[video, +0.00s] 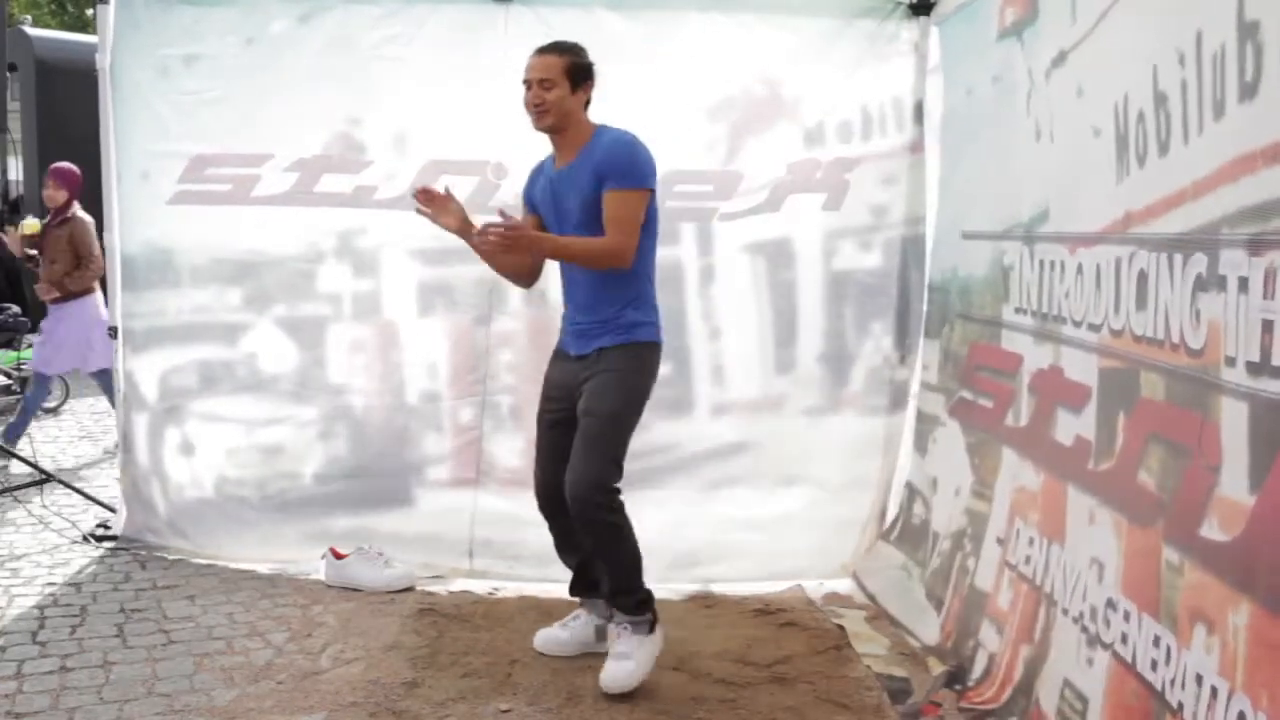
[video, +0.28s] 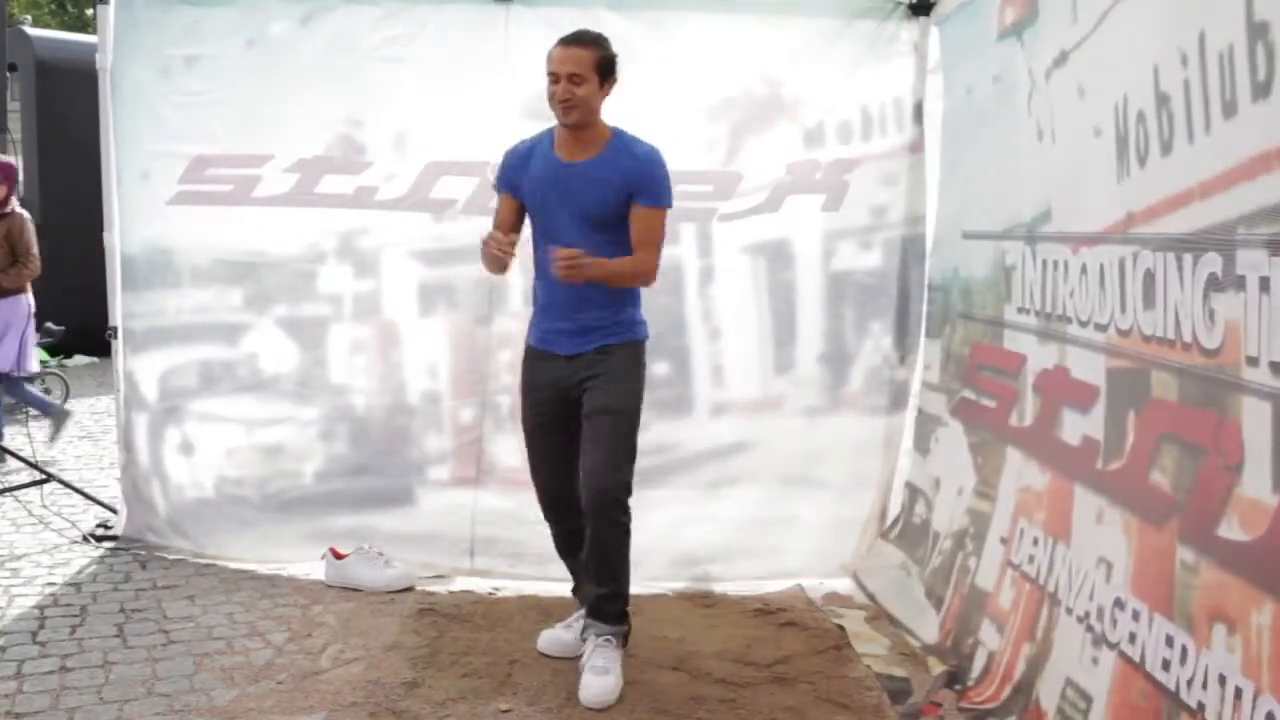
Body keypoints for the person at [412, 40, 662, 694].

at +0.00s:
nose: (533, 97)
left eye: (546, 86)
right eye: (528, 87)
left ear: (583, 92)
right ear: (527, 95)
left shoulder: (621, 153)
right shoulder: (540, 180)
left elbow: (620, 250)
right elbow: (525, 271)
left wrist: (542, 243)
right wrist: (466, 229)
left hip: (626, 346)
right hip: (572, 350)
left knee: (589, 486)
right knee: (553, 487)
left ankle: (637, 622)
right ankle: (596, 609)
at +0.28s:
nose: (563, 91)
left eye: (577, 81)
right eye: (555, 79)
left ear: (606, 87)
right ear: (546, 83)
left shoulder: (640, 163)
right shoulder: (524, 159)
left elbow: (645, 268)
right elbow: (498, 258)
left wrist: (595, 266)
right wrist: (497, 251)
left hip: (614, 351)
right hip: (546, 352)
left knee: (601, 493)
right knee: (557, 499)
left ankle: (606, 633)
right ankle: (595, 607)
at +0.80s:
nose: (567, 91)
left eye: (580, 79)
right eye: (557, 80)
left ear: (609, 85)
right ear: (547, 88)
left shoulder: (646, 171)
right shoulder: (523, 157)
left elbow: (653, 282)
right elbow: (479, 248)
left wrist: (631, 255)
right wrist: (470, 190)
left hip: (600, 360)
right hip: (530, 353)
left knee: (596, 508)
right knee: (494, 488)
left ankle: (608, 634)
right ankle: (557, 571)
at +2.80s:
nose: (489, 110)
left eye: (500, 97)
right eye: (478, 102)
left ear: (529, 101)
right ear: (472, 116)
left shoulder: (575, 140)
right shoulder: (503, 194)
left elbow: (643, 152)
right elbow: (451, 273)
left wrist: (544, 128)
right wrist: (425, 201)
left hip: (608, 349)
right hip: (549, 355)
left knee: (579, 493)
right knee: (519, 499)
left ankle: (625, 620)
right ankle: (571, 624)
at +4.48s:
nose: (558, 68)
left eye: (571, 53)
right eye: (554, 55)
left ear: (615, 56)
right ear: (564, 63)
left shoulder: (648, 121)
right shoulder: (608, 139)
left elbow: (605, 213)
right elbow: (617, 246)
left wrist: (489, 216)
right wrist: (542, 243)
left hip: (638, 347)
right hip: (588, 329)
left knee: (626, 506)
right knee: (490, 426)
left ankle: (654, 645)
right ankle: (578, 522)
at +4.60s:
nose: (560, 98)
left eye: (572, 83)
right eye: (556, 86)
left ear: (615, 86)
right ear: (565, 92)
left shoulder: (642, 148)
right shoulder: (617, 162)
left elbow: (586, 232)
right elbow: (622, 272)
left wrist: (474, 242)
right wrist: (559, 243)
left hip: (635, 365)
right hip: (588, 350)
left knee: (617, 519)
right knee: (487, 435)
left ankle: (653, 652)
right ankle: (568, 529)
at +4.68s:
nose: (557, 98)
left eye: (569, 83)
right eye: (553, 86)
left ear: (612, 86)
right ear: (587, 92)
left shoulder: (640, 146)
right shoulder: (614, 160)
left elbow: (557, 222)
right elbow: (625, 269)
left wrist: (459, 249)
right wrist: (572, 238)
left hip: (636, 365)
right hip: (588, 350)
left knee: (620, 522)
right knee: (487, 435)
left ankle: (655, 650)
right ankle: (569, 537)